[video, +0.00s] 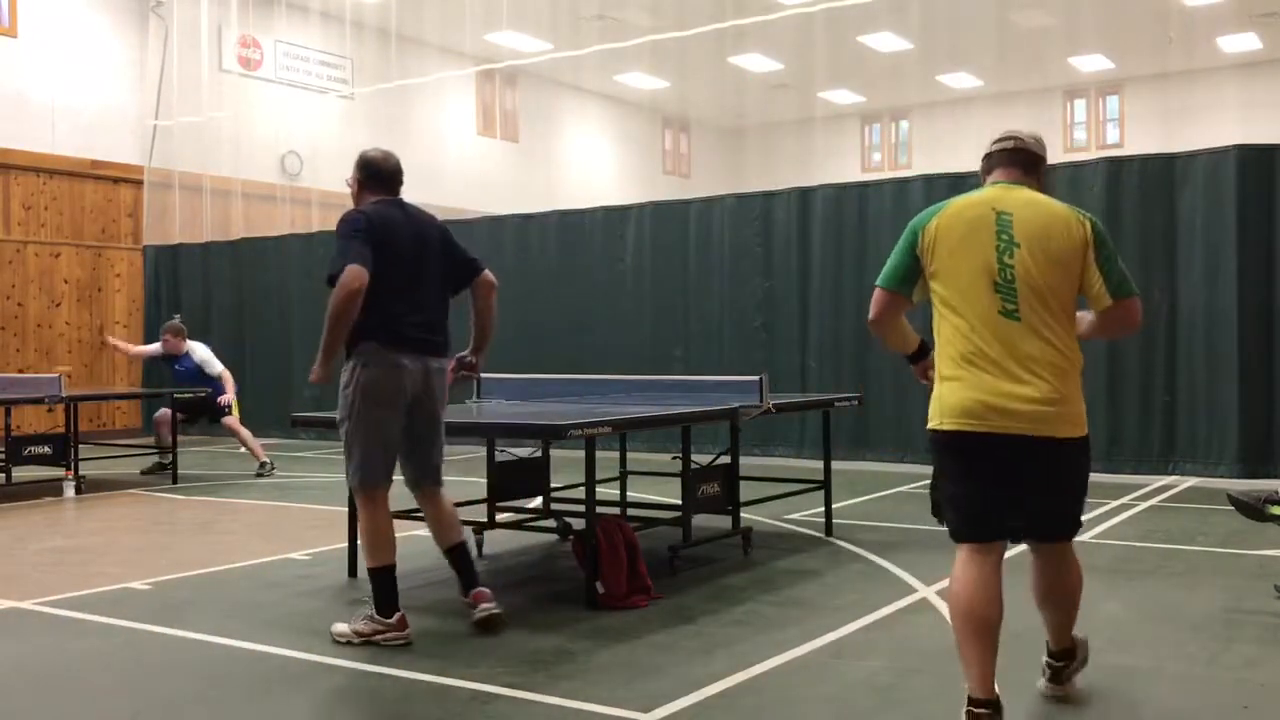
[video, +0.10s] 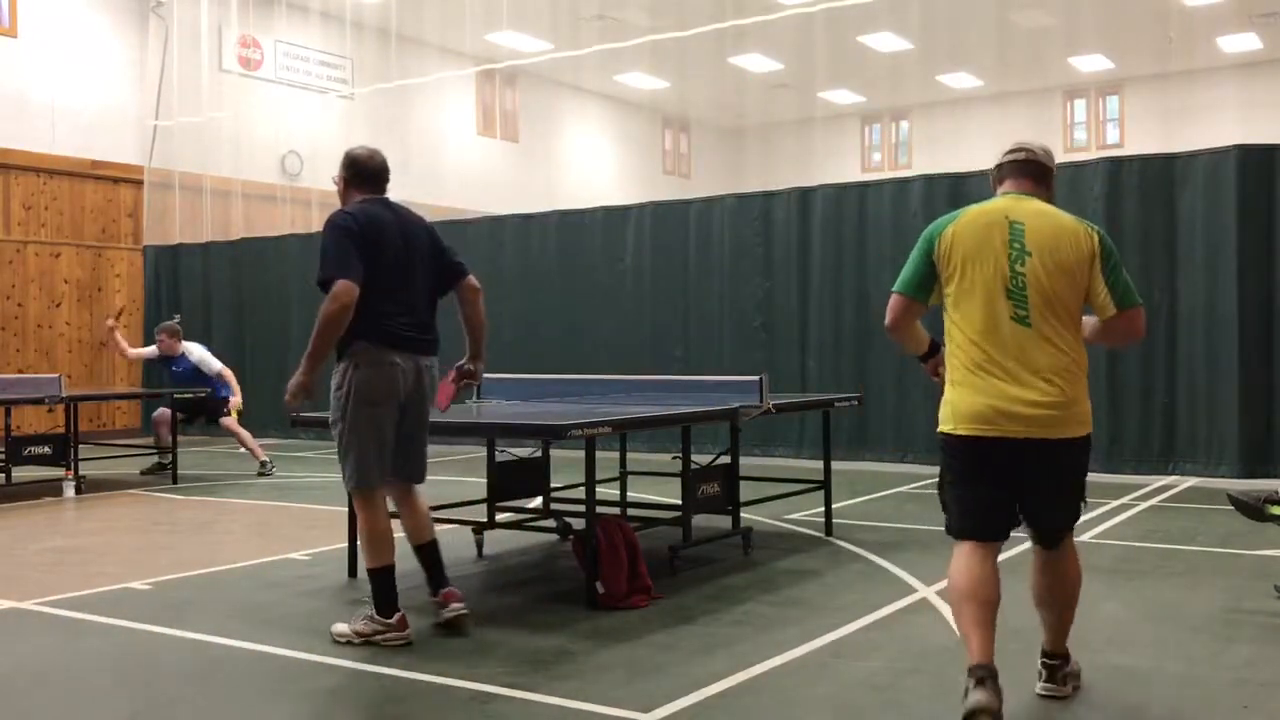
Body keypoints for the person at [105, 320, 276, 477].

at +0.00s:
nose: (163, 344)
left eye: (166, 341)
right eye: (162, 341)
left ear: (179, 340)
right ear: (168, 341)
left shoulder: (199, 351)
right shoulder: (165, 349)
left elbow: (225, 374)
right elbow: (134, 350)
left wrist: (229, 393)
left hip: (216, 398)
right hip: (190, 400)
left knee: (230, 423)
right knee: (161, 418)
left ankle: (264, 461)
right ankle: (164, 461)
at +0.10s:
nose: (158, 344)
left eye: (161, 341)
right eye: (157, 341)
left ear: (174, 341)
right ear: (165, 341)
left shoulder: (195, 352)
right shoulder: (161, 352)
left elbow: (226, 373)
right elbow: (128, 352)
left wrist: (236, 396)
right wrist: (113, 332)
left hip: (215, 397)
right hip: (188, 399)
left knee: (229, 424)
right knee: (159, 417)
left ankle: (264, 461)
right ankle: (164, 462)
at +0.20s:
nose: (160, 340)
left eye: (164, 336)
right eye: (160, 336)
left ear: (178, 336)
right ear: (168, 337)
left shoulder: (198, 349)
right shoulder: (165, 350)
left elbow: (228, 371)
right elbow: (142, 355)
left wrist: (239, 397)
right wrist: (122, 342)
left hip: (217, 397)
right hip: (191, 398)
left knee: (231, 426)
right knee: (161, 417)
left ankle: (266, 460)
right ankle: (164, 461)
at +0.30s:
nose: (167, 332)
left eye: (170, 327)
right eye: (167, 328)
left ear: (183, 327)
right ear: (177, 328)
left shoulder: (205, 344)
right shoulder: (175, 348)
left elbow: (231, 368)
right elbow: (157, 362)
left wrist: (235, 397)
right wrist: (133, 354)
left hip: (218, 401)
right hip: (194, 401)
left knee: (235, 425)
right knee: (166, 415)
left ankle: (268, 461)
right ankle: (164, 461)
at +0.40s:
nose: (169, 322)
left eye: (173, 318)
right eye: (169, 318)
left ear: (187, 319)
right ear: (183, 321)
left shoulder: (208, 337)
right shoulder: (183, 342)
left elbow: (231, 363)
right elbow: (180, 364)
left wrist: (221, 391)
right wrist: (154, 367)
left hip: (230, 389)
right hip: (206, 390)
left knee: (237, 422)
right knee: (173, 413)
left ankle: (269, 461)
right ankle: (169, 459)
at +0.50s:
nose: (169, 319)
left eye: (173, 314)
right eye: (169, 315)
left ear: (187, 315)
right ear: (182, 317)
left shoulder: (204, 332)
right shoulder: (186, 339)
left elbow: (225, 358)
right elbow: (194, 365)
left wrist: (200, 377)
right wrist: (167, 375)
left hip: (230, 383)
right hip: (209, 385)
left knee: (237, 421)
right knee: (177, 411)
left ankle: (268, 460)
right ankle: (176, 458)